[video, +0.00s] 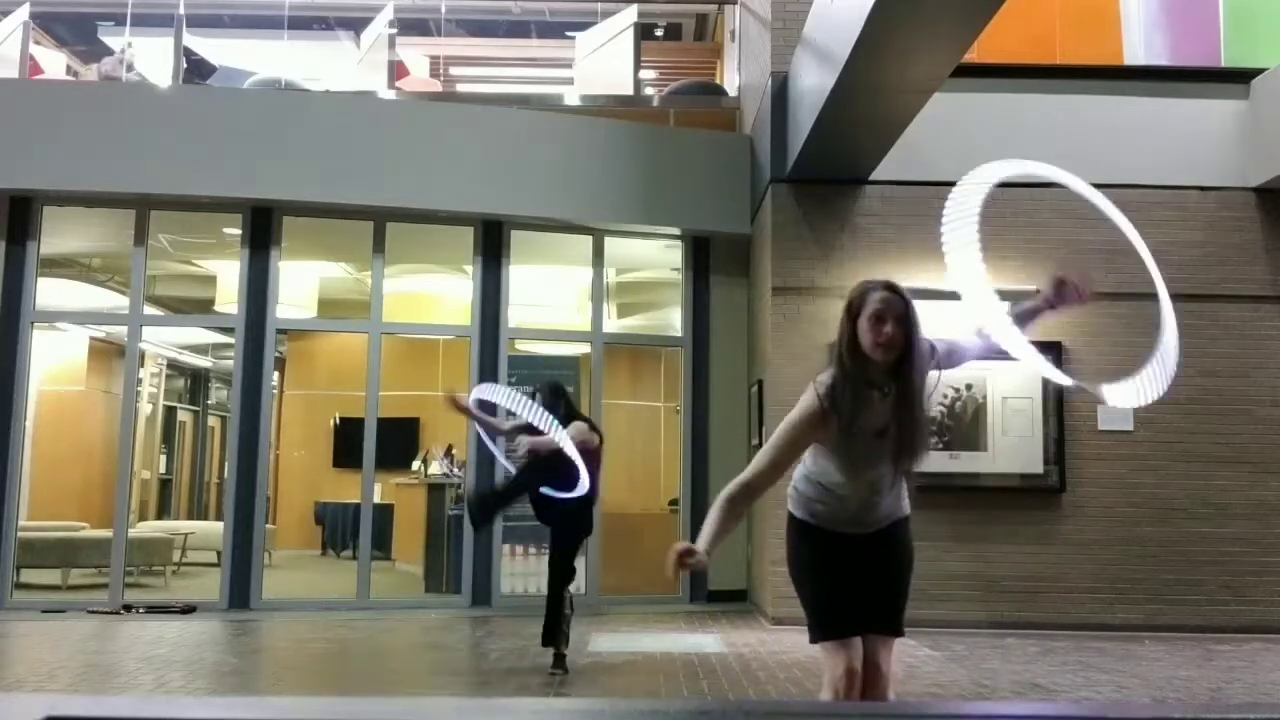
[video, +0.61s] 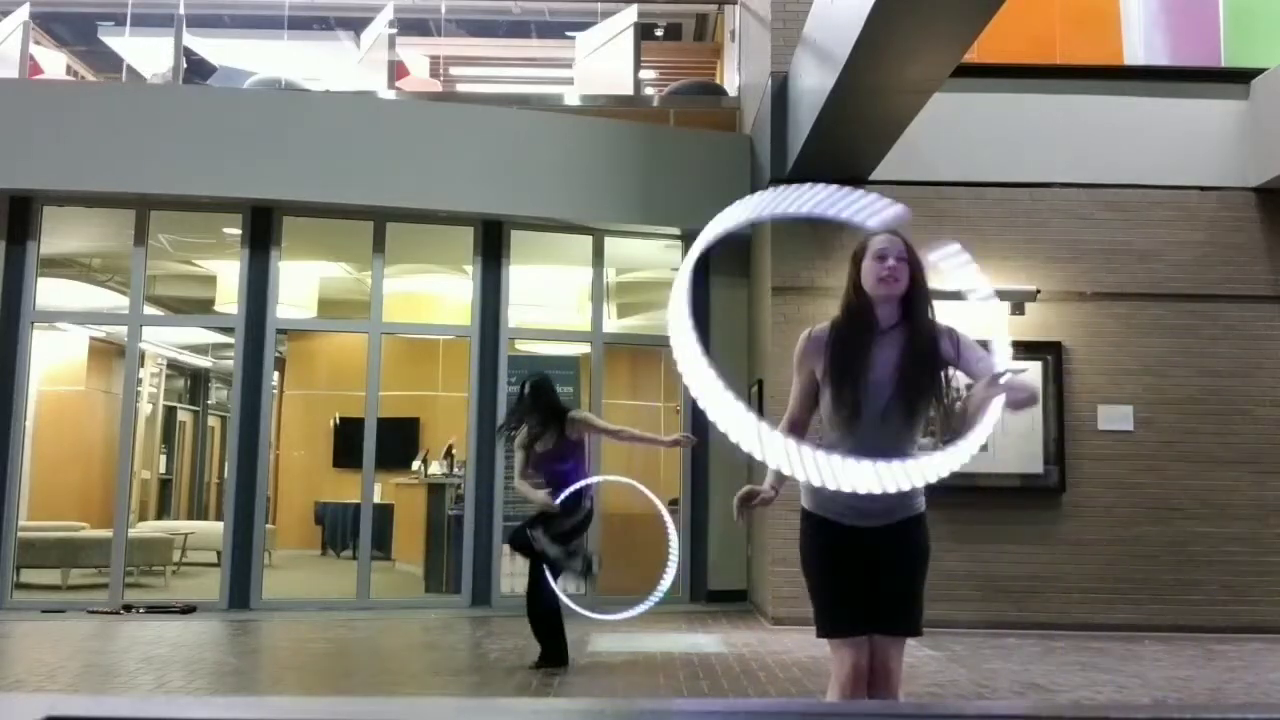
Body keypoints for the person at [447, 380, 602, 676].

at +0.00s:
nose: (537, 408)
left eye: (541, 402)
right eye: (537, 403)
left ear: (555, 403)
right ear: (547, 405)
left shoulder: (581, 427)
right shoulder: (541, 428)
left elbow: (561, 441)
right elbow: (503, 427)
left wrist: (530, 442)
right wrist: (469, 411)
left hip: (574, 515)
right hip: (547, 507)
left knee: (559, 583)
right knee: (539, 462)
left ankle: (559, 651)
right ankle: (484, 509)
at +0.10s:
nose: (530, 424)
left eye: (534, 418)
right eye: (529, 418)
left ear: (548, 416)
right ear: (531, 416)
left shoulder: (574, 427)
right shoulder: (534, 430)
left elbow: (573, 439)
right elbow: (495, 425)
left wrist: (552, 433)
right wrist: (471, 395)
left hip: (578, 512)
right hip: (553, 506)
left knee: (563, 583)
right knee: (532, 485)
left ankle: (559, 654)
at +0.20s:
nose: (526, 435)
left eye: (531, 430)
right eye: (524, 429)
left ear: (545, 428)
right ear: (523, 426)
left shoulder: (568, 436)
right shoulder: (523, 434)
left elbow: (584, 439)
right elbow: (492, 430)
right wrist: (468, 402)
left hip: (582, 505)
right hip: (552, 497)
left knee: (564, 581)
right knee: (526, 527)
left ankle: (557, 654)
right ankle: (532, 589)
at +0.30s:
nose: (517, 434)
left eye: (522, 429)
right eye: (517, 429)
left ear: (536, 427)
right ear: (521, 429)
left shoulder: (568, 437)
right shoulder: (525, 445)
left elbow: (604, 443)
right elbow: (496, 447)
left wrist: (636, 451)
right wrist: (467, 434)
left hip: (585, 507)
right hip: (554, 504)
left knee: (562, 577)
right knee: (522, 554)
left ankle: (558, 653)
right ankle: (545, 601)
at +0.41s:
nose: (518, 423)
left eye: (521, 416)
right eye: (516, 417)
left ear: (535, 414)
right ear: (523, 417)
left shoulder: (570, 430)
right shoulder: (535, 443)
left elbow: (611, 442)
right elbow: (507, 468)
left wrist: (652, 457)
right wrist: (474, 472)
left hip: (583, 507)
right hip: (555, 505)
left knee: (554, 576)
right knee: (525, 578)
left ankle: (560, 655)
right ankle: (548, 635)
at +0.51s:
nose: (519, 418)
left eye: (522, 412)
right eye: (517, 413)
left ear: (538, 409)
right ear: (519, 414)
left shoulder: (571, 428)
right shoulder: (525, 440)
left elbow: (613, 440)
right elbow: (518, 478)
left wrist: (659, 449)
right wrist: (510, 490)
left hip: (577, 509)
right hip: (551, 511)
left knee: (548, 565)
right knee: (535, 578)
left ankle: (575, 620)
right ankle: (551, 653)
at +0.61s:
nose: (528, 412)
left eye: (533, 406)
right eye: (525, 406)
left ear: (545, 403)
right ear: (523, 405)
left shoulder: (575, 421)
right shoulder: (524, 436)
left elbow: (618, 433)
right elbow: (518, 481)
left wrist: (665, 441)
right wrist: (537, 496)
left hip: (577, 506)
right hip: (548, 510)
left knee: (520, 537)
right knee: (539, 590)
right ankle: (553, 654)